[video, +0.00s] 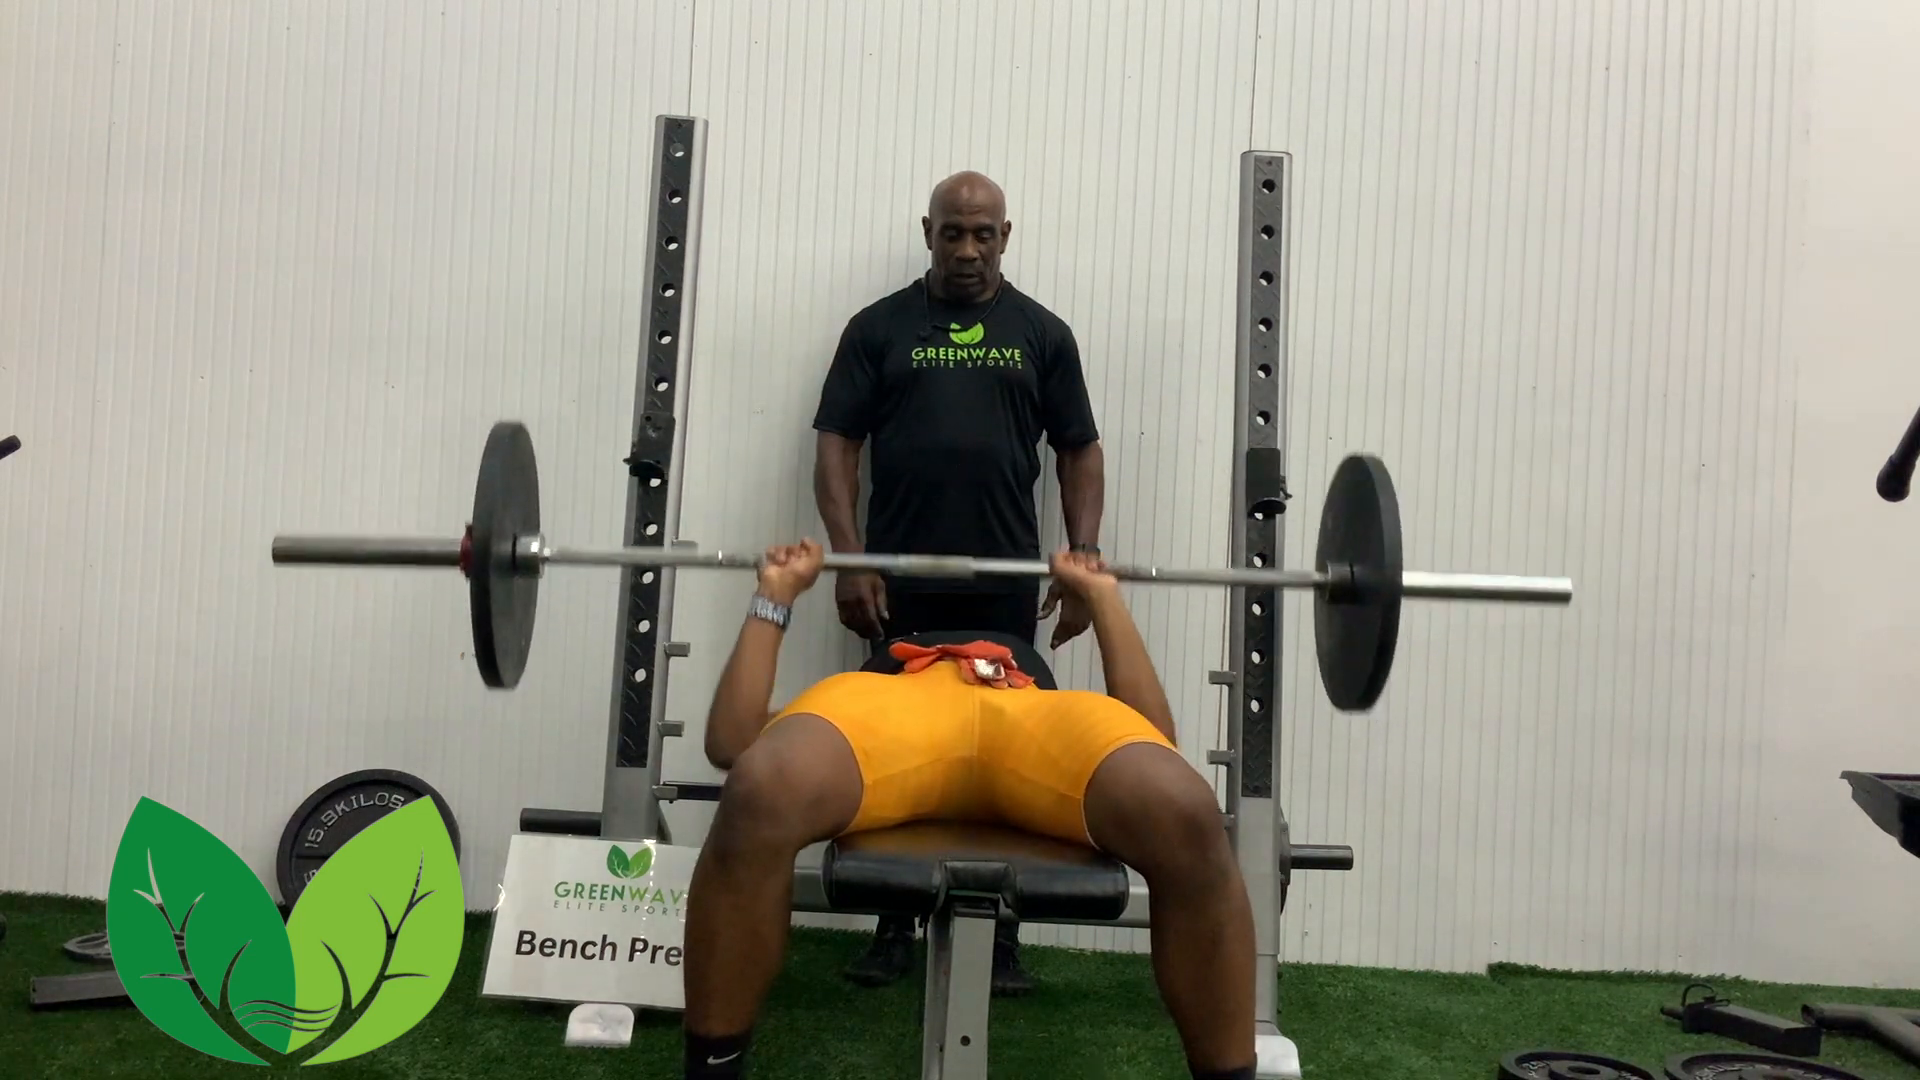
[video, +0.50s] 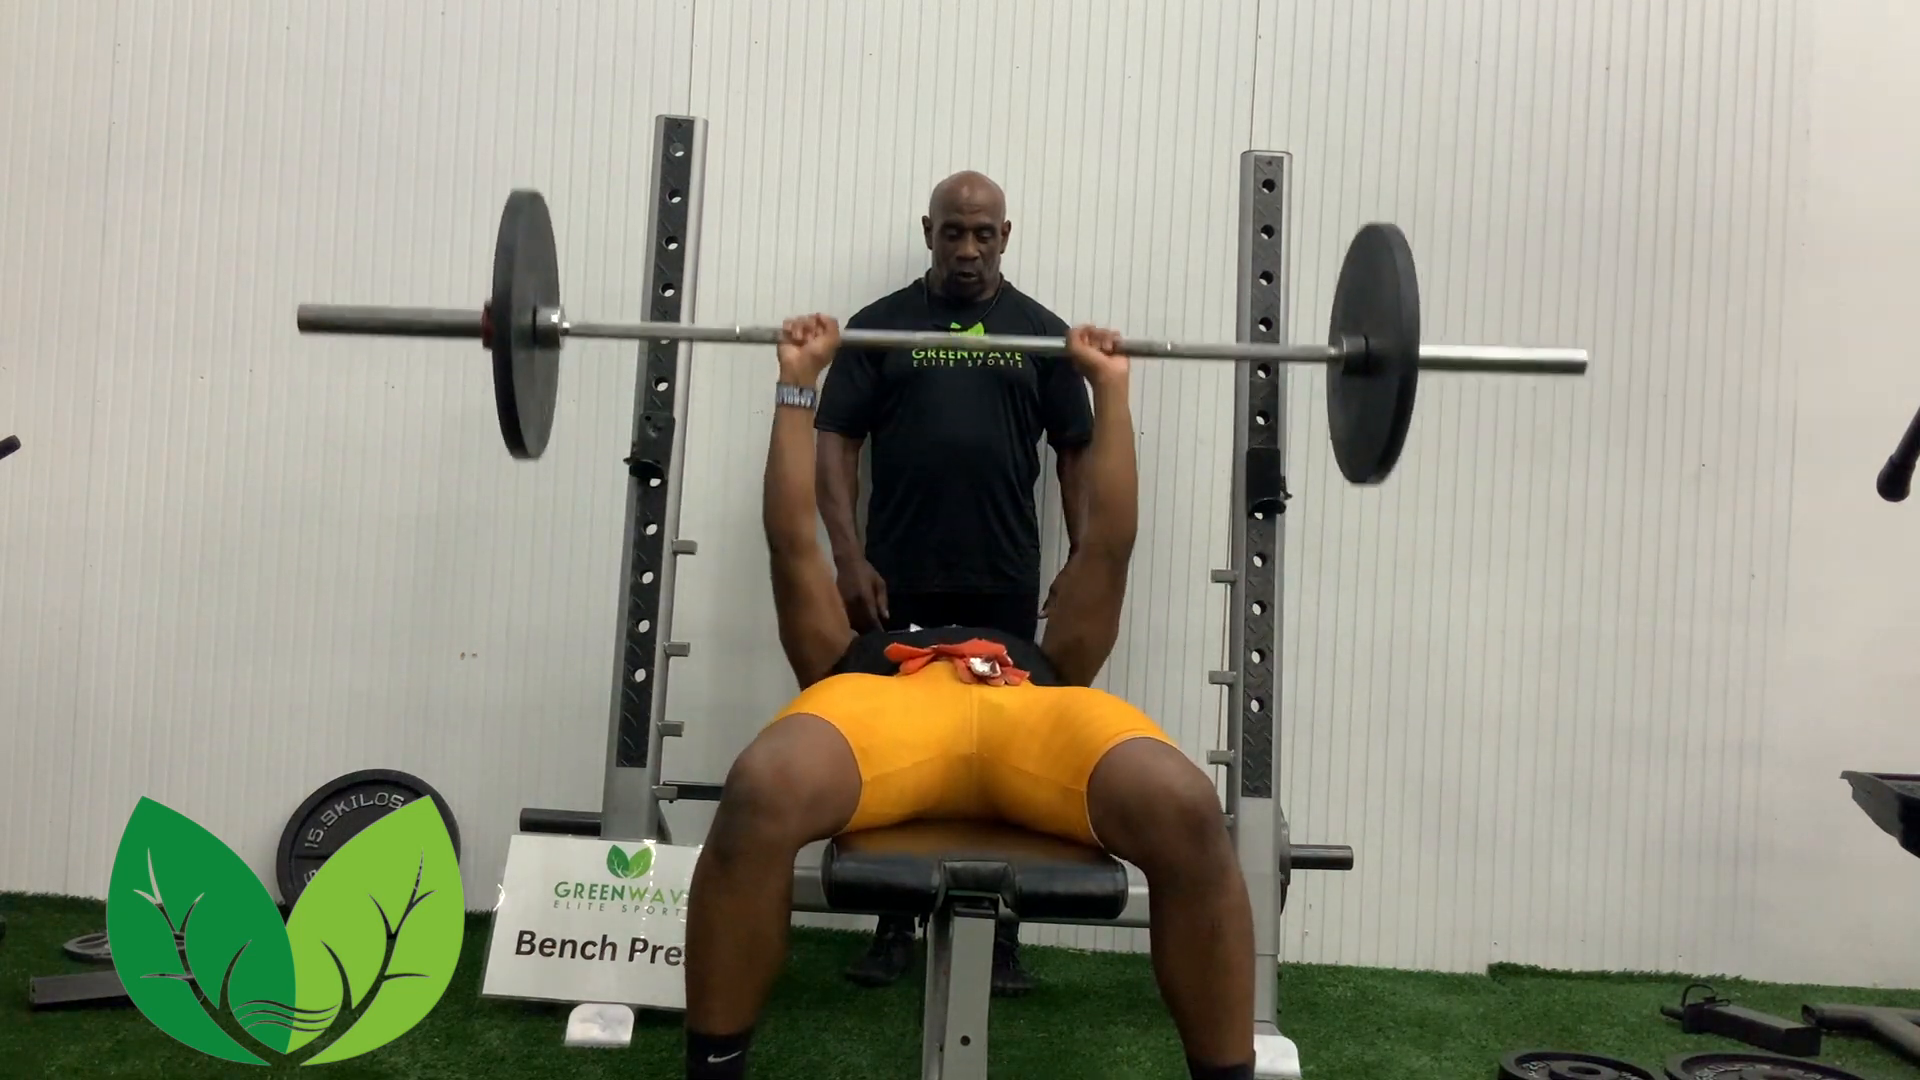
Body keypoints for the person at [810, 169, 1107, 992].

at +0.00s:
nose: (969, 249)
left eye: (985, 235)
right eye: (954, 233)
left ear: (1007, 239)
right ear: (928, 235)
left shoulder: (1041, 335)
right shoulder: (877, 330)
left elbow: (1079, 452)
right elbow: (836, 451)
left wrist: (1083, 560)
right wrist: (850, 562)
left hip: (1005, 591)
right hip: (903, 587)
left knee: (1011, 763)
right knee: (892, 757)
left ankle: (1000, 931)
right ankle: (895, 922)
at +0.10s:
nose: (969, 249)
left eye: (986, 235)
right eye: (954, 233)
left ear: (1007, 240)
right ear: (928, 234)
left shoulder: (1042, 335)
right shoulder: (877, 330)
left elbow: (1079, 452)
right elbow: (836, 448)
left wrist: (1085, 562)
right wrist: (849, 560)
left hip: (1004, 585)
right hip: (902, 582)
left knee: (1009, 753)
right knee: (891, 749)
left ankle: (998, 930)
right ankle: (895, 922)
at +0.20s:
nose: (969, 249)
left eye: (985, 235)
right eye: (954, 233)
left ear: (1007, 240)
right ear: (928, 234)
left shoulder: (1042, 335)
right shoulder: (876, 331)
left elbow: (1081, 460)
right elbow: (833, 453)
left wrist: (1082, 557)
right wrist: (848, 561)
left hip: (1005, 584)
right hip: (902, 581)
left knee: (1011, 753)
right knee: (891, 750)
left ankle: (998, 930)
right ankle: (896, 922)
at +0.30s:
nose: (969, 250)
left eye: (986, 236)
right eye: (954, 234)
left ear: (1007, 241)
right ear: (927, 236)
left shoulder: (1044, 337)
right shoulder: (876, 331)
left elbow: (1075, 456)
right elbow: (836, 446)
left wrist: (1082, 555)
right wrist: (848, 557)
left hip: (1007, 580)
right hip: (901, 577)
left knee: (1011, 754)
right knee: (889, 750)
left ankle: (1001, 928)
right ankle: (898, 919)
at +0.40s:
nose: (968, 250)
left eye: (985, 235)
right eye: (954, 233)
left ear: (1006, 241)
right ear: (927, 234)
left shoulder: (1045, 338)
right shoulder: (878, 328)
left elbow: (1072, 464)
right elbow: (837, 447)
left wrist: (1086, 554)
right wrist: (850, 556)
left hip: (1006, 578)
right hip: (898, 577)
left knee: (1015, 747)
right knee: (885, 742)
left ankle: (1002, 926)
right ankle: (895, 920)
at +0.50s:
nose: (969, 249)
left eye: (986, 235)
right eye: (954, 233)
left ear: (1006, 241)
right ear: (928, 234)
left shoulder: (1044, 336)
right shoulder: (879, 328)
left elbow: (1076, 461)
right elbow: (833, 445)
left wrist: (1082, 561)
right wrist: (847, 556)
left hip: (1008, 582)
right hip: (896, 580)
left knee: (1012, 746)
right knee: (887, 743)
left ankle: (1000, 926)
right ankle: (897, 919)